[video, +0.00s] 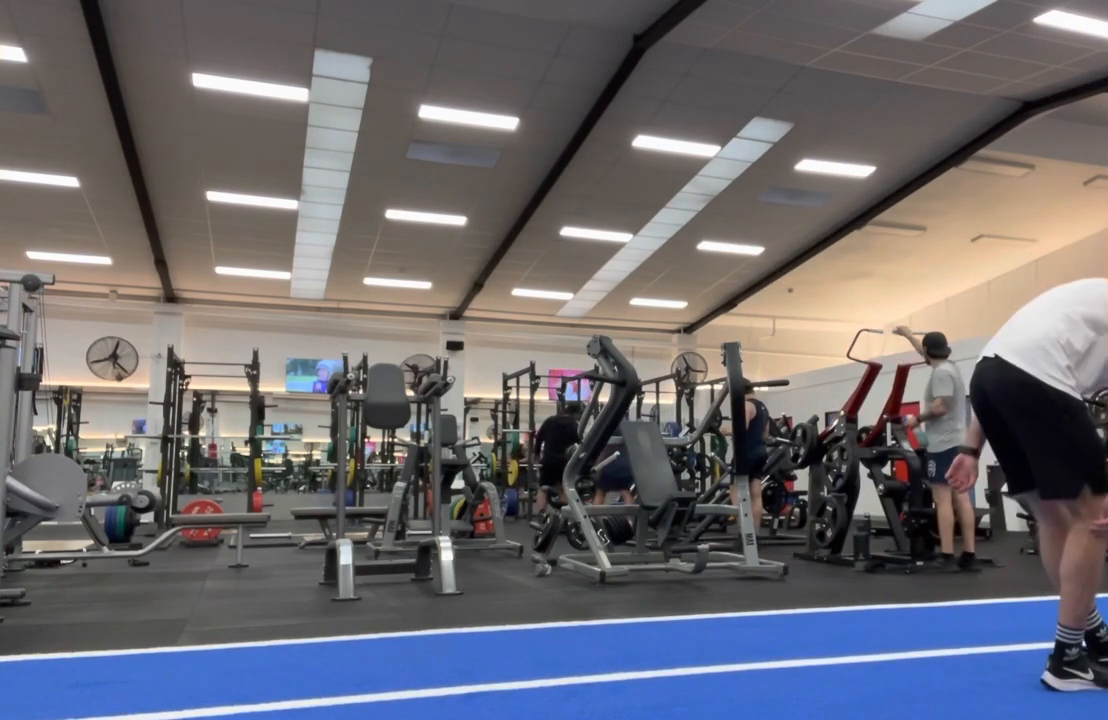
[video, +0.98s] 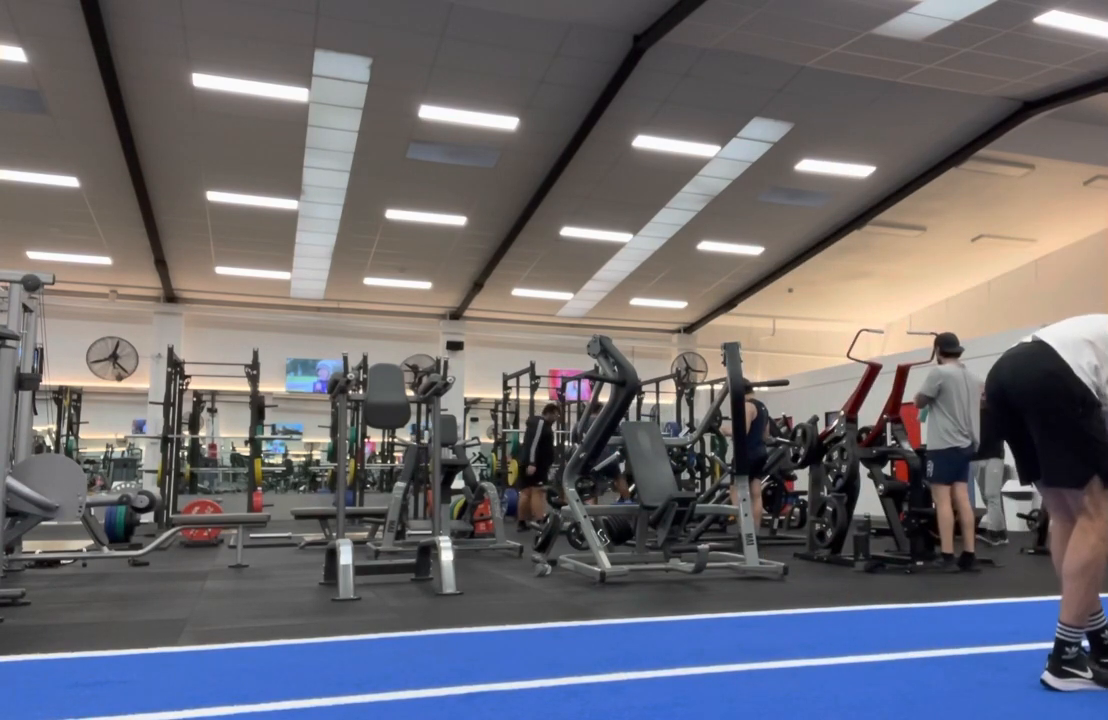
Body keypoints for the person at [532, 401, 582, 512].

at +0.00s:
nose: (579, 417)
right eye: (579, 414)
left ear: (565, 409)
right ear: (576, 413)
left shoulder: (550, 420)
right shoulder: (574, 424)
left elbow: (539, 437)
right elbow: (577, 441)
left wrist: (537, 454)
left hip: (549, 459)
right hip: (566, 460)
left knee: (543, 487)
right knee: (564, 488)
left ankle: (540, 513)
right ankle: (566, 514)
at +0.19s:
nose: (571, 417)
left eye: (570, 414)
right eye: (570, 414)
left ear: (558, 411)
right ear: (567, 414)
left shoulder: (544, 420)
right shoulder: (566, 428)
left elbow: (531, 436)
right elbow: (569, 447)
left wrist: (525, 449)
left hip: (542, 461)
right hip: (560, 463)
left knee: (538, 489)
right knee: (562, 490)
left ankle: (526, 517)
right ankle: (566, 518)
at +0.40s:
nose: (562, 418)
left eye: (562, 415)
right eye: (561, 415)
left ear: (547, 413)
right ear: (555, 413)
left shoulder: (534, 421)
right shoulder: (551, 425)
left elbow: (524, 439)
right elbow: (555, 446)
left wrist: (524, 452)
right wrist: (564, 459)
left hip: (533, 463)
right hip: (549, 464)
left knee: (529, 492)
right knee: (561, 490)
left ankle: (522, 521)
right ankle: (562, 520)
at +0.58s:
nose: (552, 417)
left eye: (552, 414)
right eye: (551, 414)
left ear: (540, 412)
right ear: (546, 413)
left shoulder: (529, 421)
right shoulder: (540, 423)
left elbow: (525, 443)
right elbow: (541, 444)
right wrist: (545, 462)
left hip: (525, 461)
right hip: (534, 462)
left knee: (525, 491)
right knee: (528, 491)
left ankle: (523, 521)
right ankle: (523, 521)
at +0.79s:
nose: (551, 416)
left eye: (552, 414)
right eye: (551, 413)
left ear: (540, 412)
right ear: (545, 413)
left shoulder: (542, 425)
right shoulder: (536, 423)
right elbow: (529, 442)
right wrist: (527, 461)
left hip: (538, 464)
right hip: (535, 464)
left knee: (528, 491)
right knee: (525, 491)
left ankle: (524, 520)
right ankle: (521, 521)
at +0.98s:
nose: (556, 419)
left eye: (557, 416)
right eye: (555, 416)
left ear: (547, 414)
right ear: (549, 413)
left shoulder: (544, 425)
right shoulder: (540, 423)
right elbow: (533, 443)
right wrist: (531, 462)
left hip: (529, 465)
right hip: (538, 465)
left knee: (525, 492)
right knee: (538, 492)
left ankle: (522, 520)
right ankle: (540, 519)